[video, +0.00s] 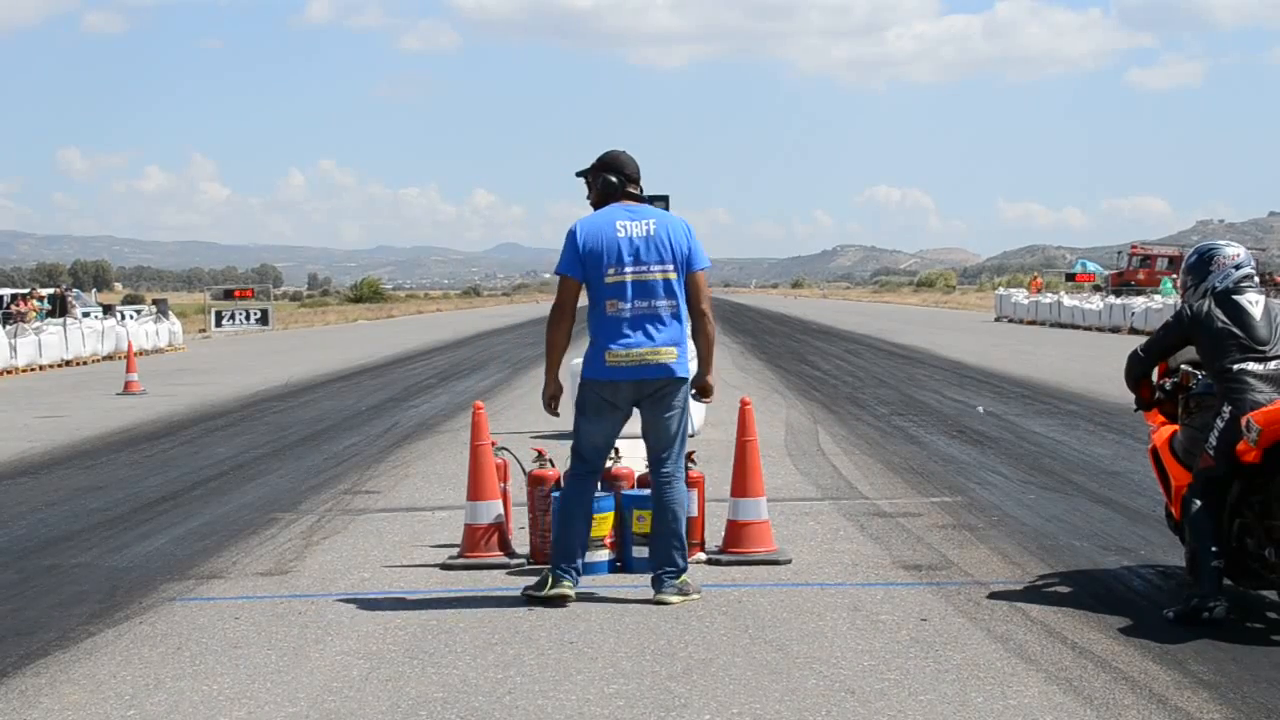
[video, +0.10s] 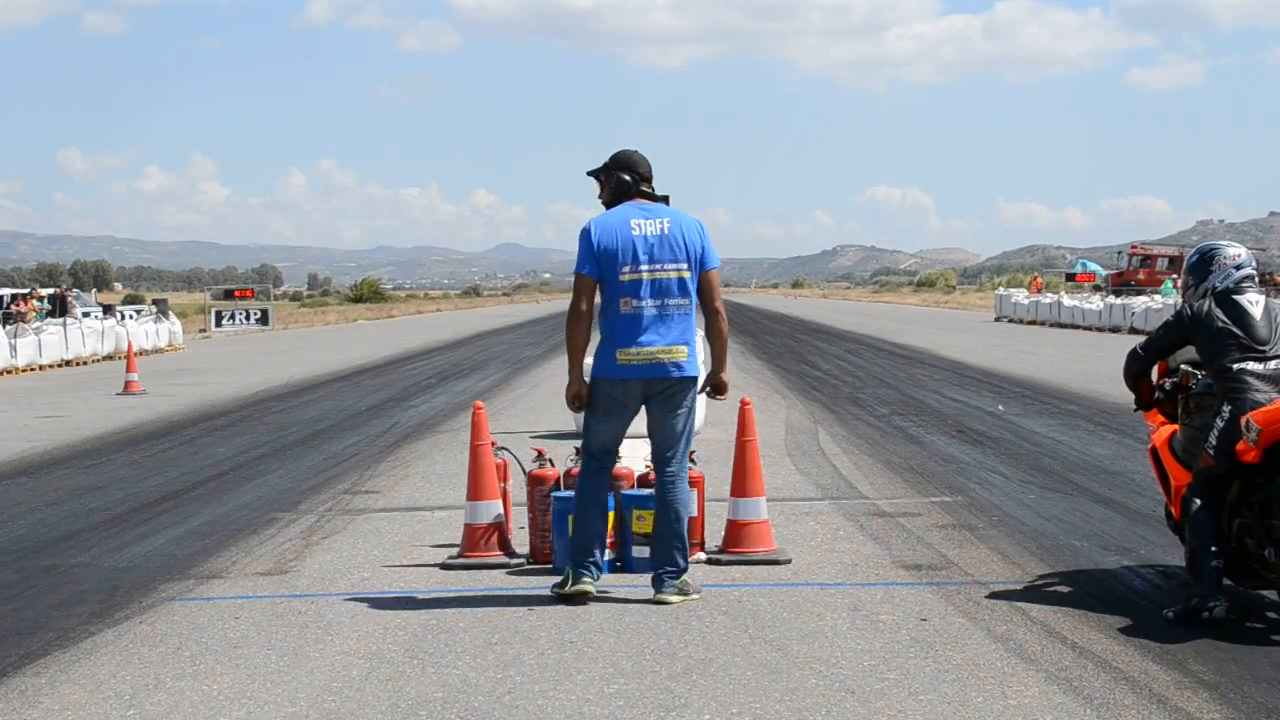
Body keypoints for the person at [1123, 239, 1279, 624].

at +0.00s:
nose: (1185, 288)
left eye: (1187, 280)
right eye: (1185, 281)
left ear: (1201, 277)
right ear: (1242, 268)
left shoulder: (1198, 310)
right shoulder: (1270, 304)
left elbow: (1140, 359)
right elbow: (1259, 354)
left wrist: (1146, 394)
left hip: (1244, 405)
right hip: (1279, 399)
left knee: (1200, 495)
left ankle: (1206, 595)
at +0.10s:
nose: (1185, 288)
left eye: (1189, 280)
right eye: (1186, 281)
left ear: (1203, 277)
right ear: (1243, 269)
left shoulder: (1198, 310)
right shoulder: (1270, 304)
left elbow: (1137, 359)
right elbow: (1258, 354)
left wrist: (1148, 397)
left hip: (1243, 405)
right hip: (1279, 400)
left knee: (1200, 495)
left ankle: (1207, 595)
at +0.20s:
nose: (1186, 287)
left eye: (1189, 280)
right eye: (1186, 280)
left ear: (1204, 276)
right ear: (1243, 269)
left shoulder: (1198, 310)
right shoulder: (1270, 304)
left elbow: (1137, 358)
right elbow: (1257, 354)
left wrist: (1148, 398)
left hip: (1244, 404)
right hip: (1279, 399)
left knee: (1200, 494)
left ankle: (1206, 594)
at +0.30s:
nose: (1186, 288)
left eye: (1189, 280)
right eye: (1187, 281)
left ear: (1203, 276)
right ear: (1243, 269)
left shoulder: (1198, 310)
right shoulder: (1270, 303)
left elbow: (1138, 358)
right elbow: (1258, 353)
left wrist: (1147, 398)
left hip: (1243, 405)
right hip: (1279, 400)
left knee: (1200, 493)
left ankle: (1205, 594)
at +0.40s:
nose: (1186, 287)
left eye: (1189, 280)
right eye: (1187, 280)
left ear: (1205, 276)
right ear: (1243, 268)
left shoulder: (1199, 309)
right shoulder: (1270, 302)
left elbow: (1139, 358)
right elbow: (1257, 353)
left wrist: (1147, 397)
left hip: (1244, 405)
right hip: (1279, 399)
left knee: (1200, 493)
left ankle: (1206, 594)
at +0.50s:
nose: (1188, 287)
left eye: (1191, 279)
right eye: (1188, 280)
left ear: (1206, 276)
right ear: (1244, 268)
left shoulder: (1201, 310)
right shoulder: (1271, 302)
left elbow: (1140, 358)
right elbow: (1258, 352)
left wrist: (1147, 397)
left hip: (1244, 406)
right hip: (1279, 401)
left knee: (1199, 493)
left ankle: (1206, 594)